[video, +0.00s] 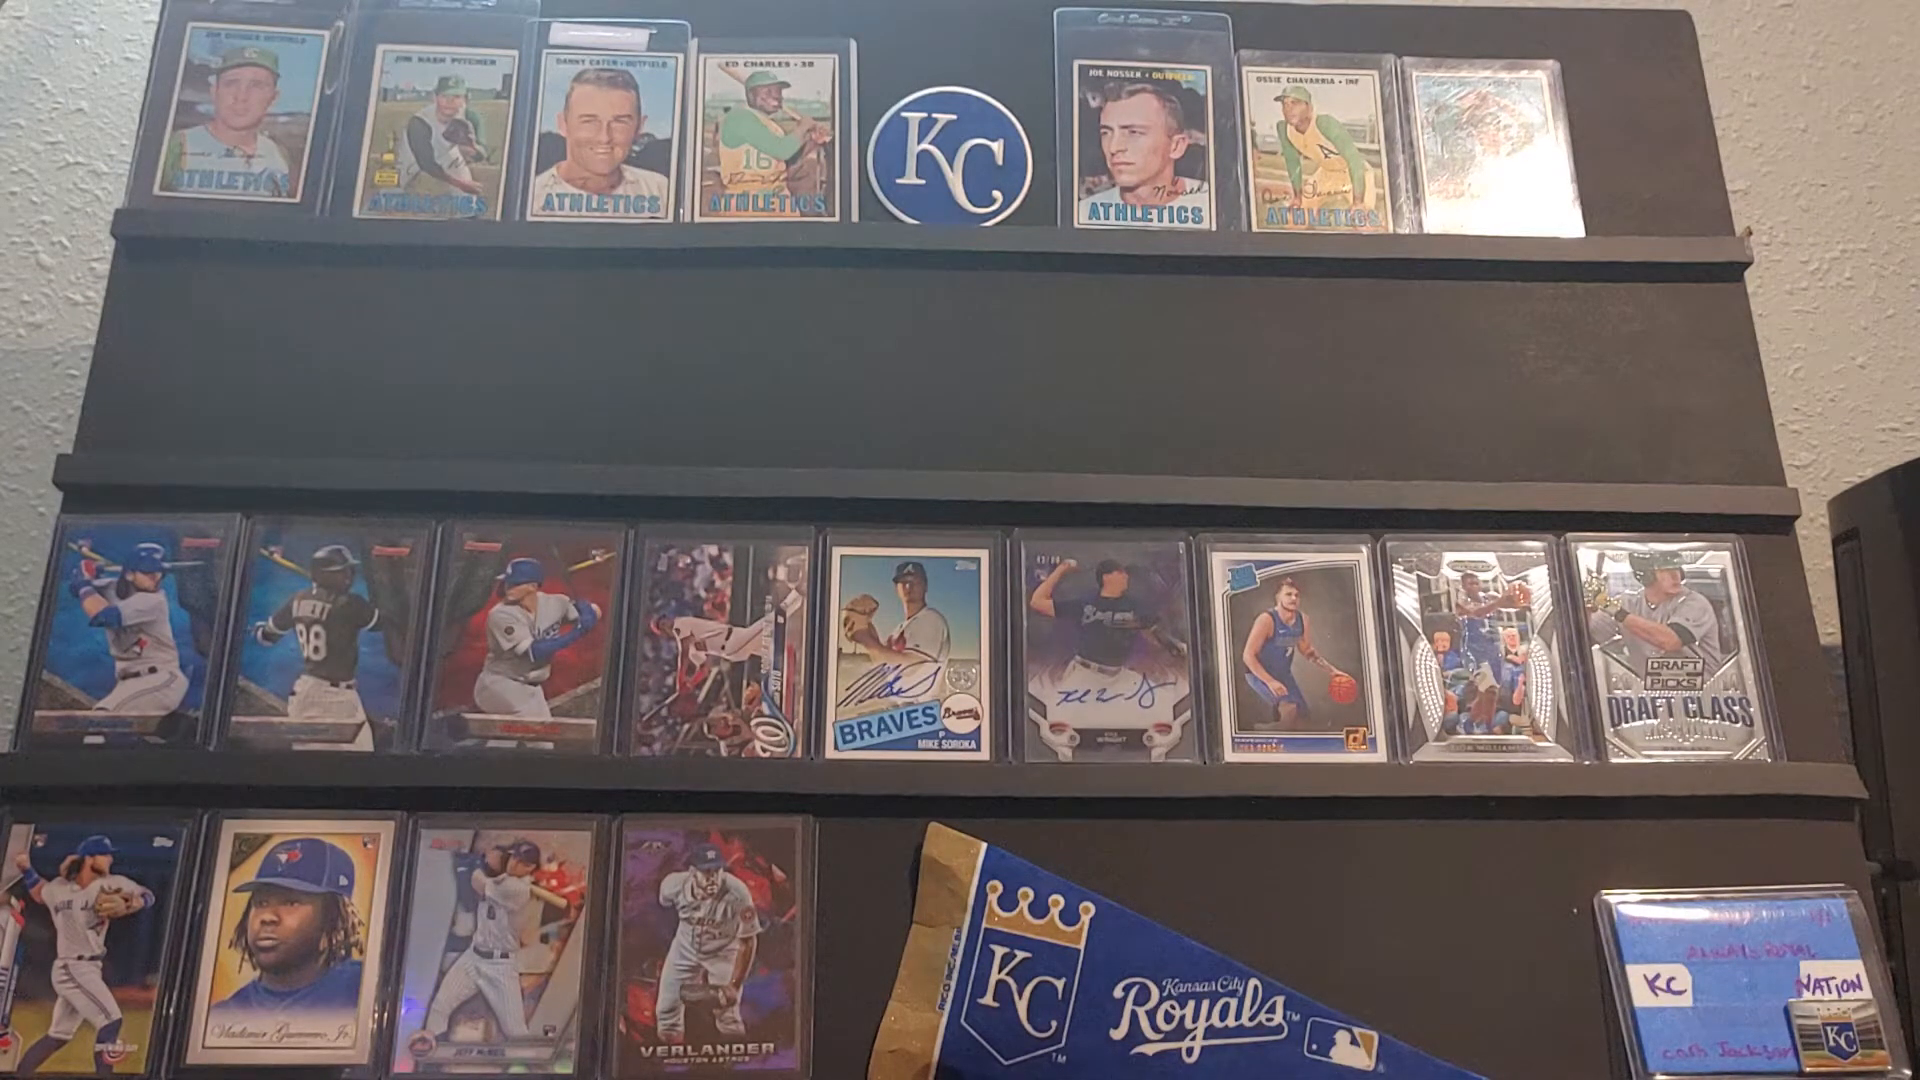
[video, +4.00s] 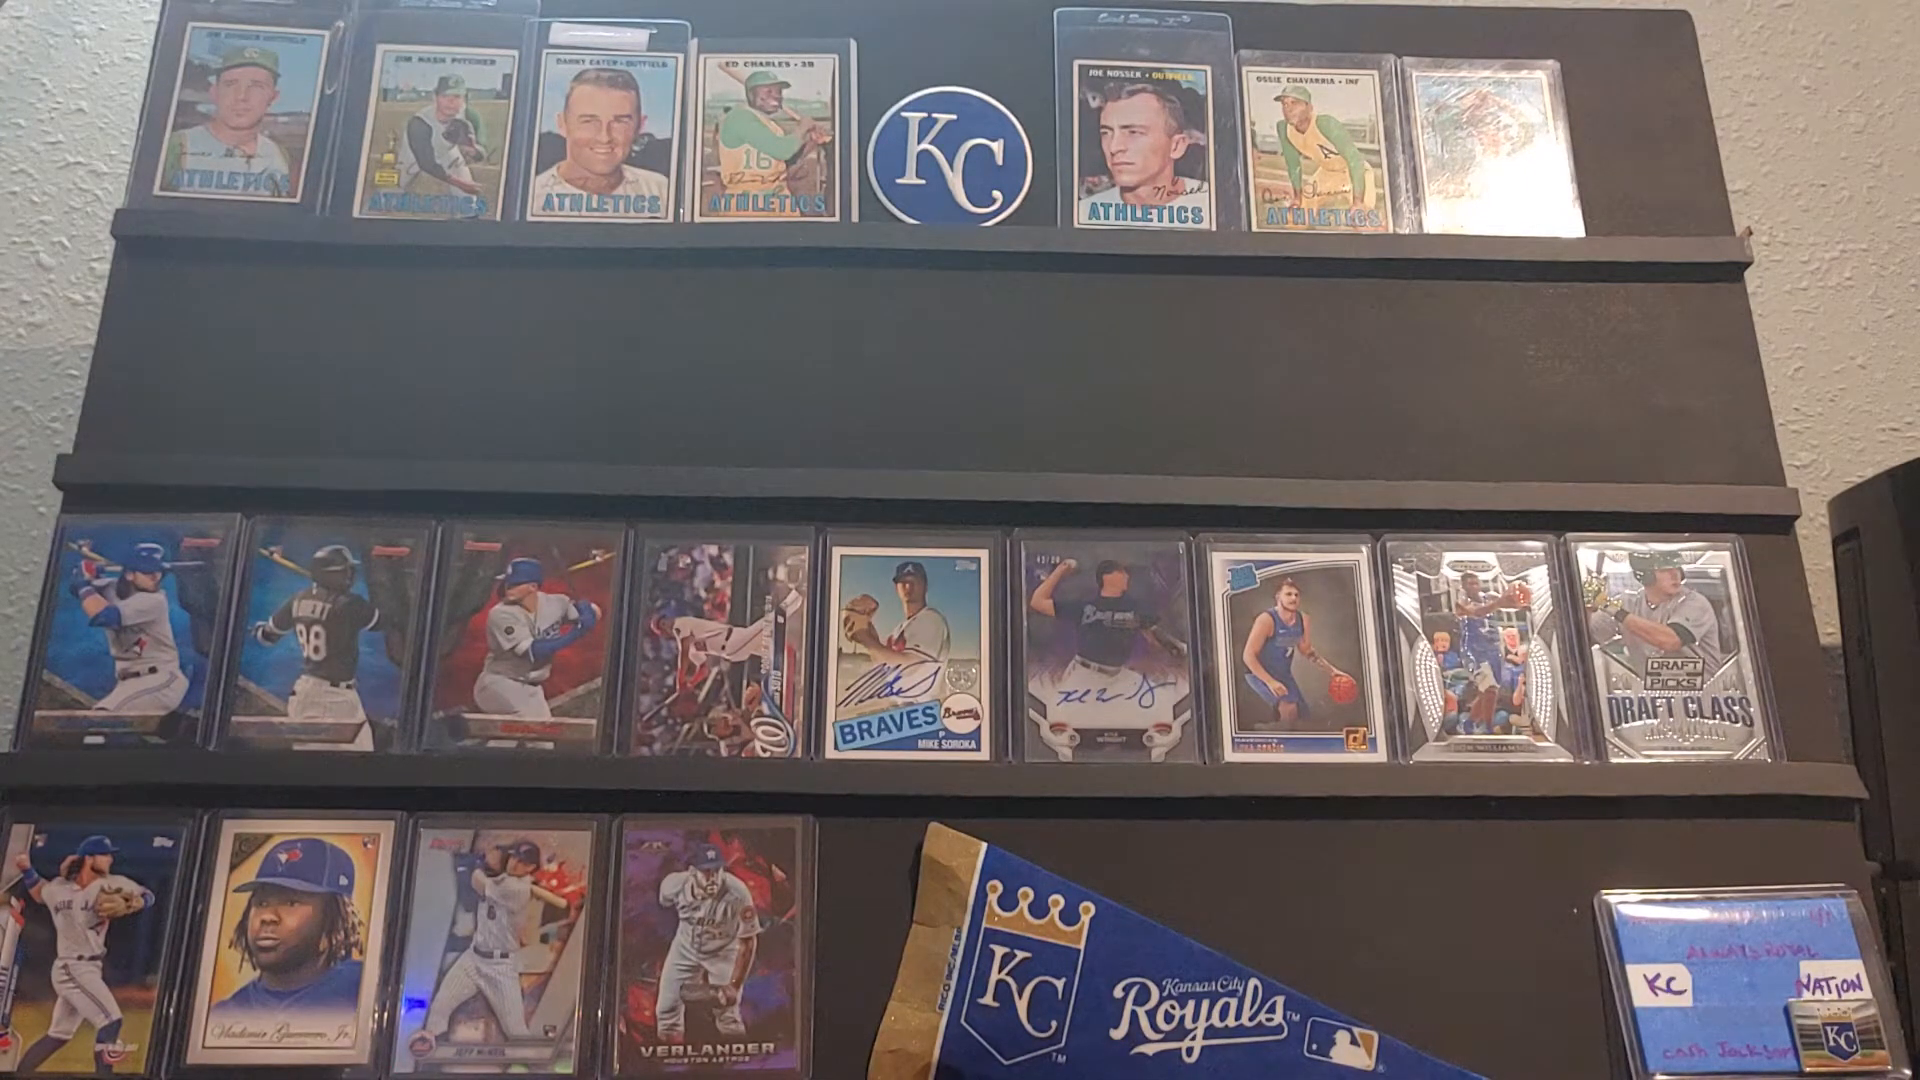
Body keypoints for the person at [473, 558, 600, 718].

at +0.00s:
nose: (507, 588)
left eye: (514, 584)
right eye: (507, 583)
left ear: (532, 586)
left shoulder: (554, 603)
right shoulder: (500, 614)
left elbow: (578, 606)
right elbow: (533, 652)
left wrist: (587, 614)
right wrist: (577, 632)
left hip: (531, 687)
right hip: (497, 684)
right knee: (529, 714)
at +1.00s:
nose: (508, 588)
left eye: (514, 584)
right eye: (507, 584)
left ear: (533, 586)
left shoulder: (555, 603)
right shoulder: (500, 614)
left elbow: (580, 607)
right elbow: (532, 652)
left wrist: (587, 614)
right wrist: (576, 633)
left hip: (531, 688)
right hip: (497, 684)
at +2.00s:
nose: (508, 588)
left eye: (514, 584)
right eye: (507, 583)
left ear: (532, 586)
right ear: (504, 584)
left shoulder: (555, 603)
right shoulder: (500, 614)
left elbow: (579, 607)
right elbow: (532, 651)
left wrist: (587, 614)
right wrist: (576, 633)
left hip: (531, 688)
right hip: (497, 684)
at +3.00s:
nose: (508, 588)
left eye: (514, 584)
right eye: (507, 583)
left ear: (533, 586)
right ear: (504, 584)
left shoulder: (554, 603)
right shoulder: (500, 614)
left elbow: (579, 608)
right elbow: (532, 652)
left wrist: (587, 614)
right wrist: (575, 634)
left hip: (531, 687)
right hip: (496, 684)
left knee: (546, 734)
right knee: (532, 715)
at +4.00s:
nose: (507, 588)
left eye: (514, 584)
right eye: (507, 584)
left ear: (532, 587)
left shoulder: (556, 603)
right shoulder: (500, 614)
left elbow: (580, 607)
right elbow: (531, 651)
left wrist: (587, 614)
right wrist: (575, 634)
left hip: (531, 687)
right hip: (497, 683)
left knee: (545, 732)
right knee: (530, 716)